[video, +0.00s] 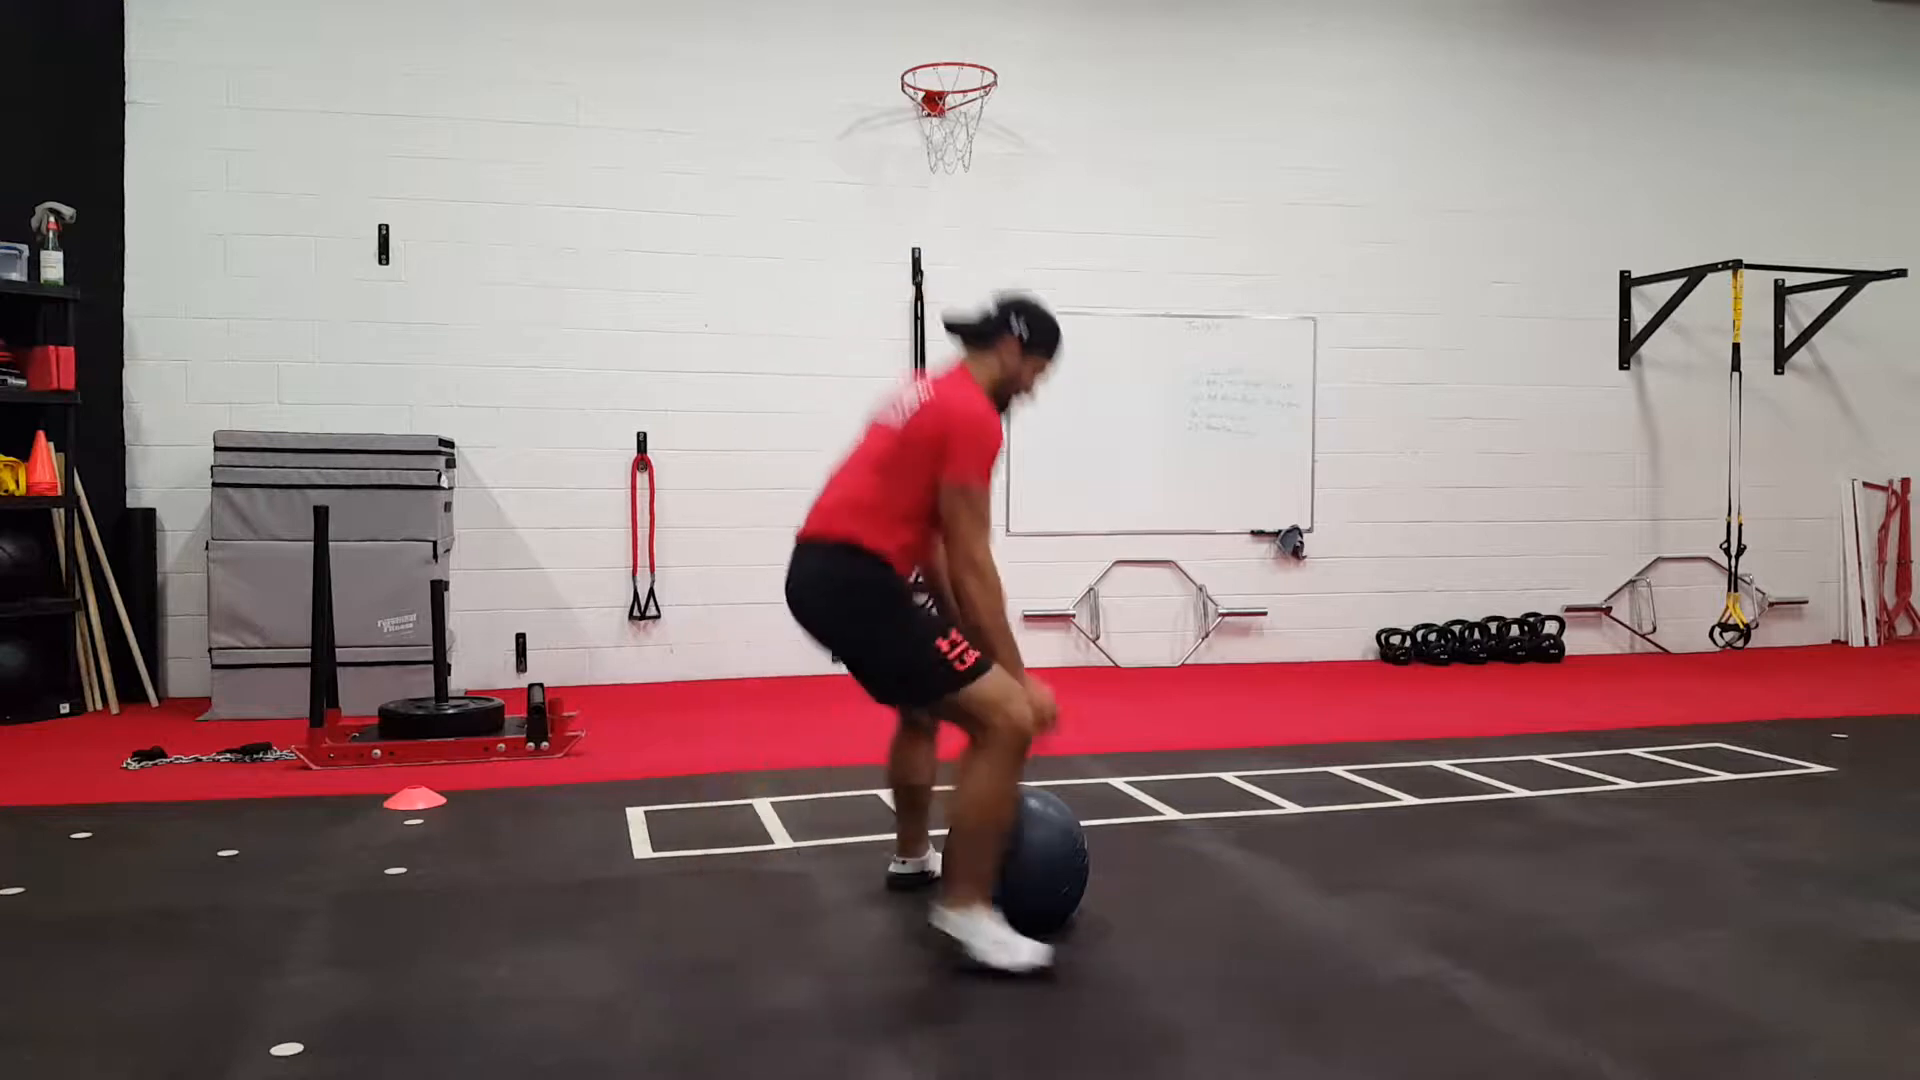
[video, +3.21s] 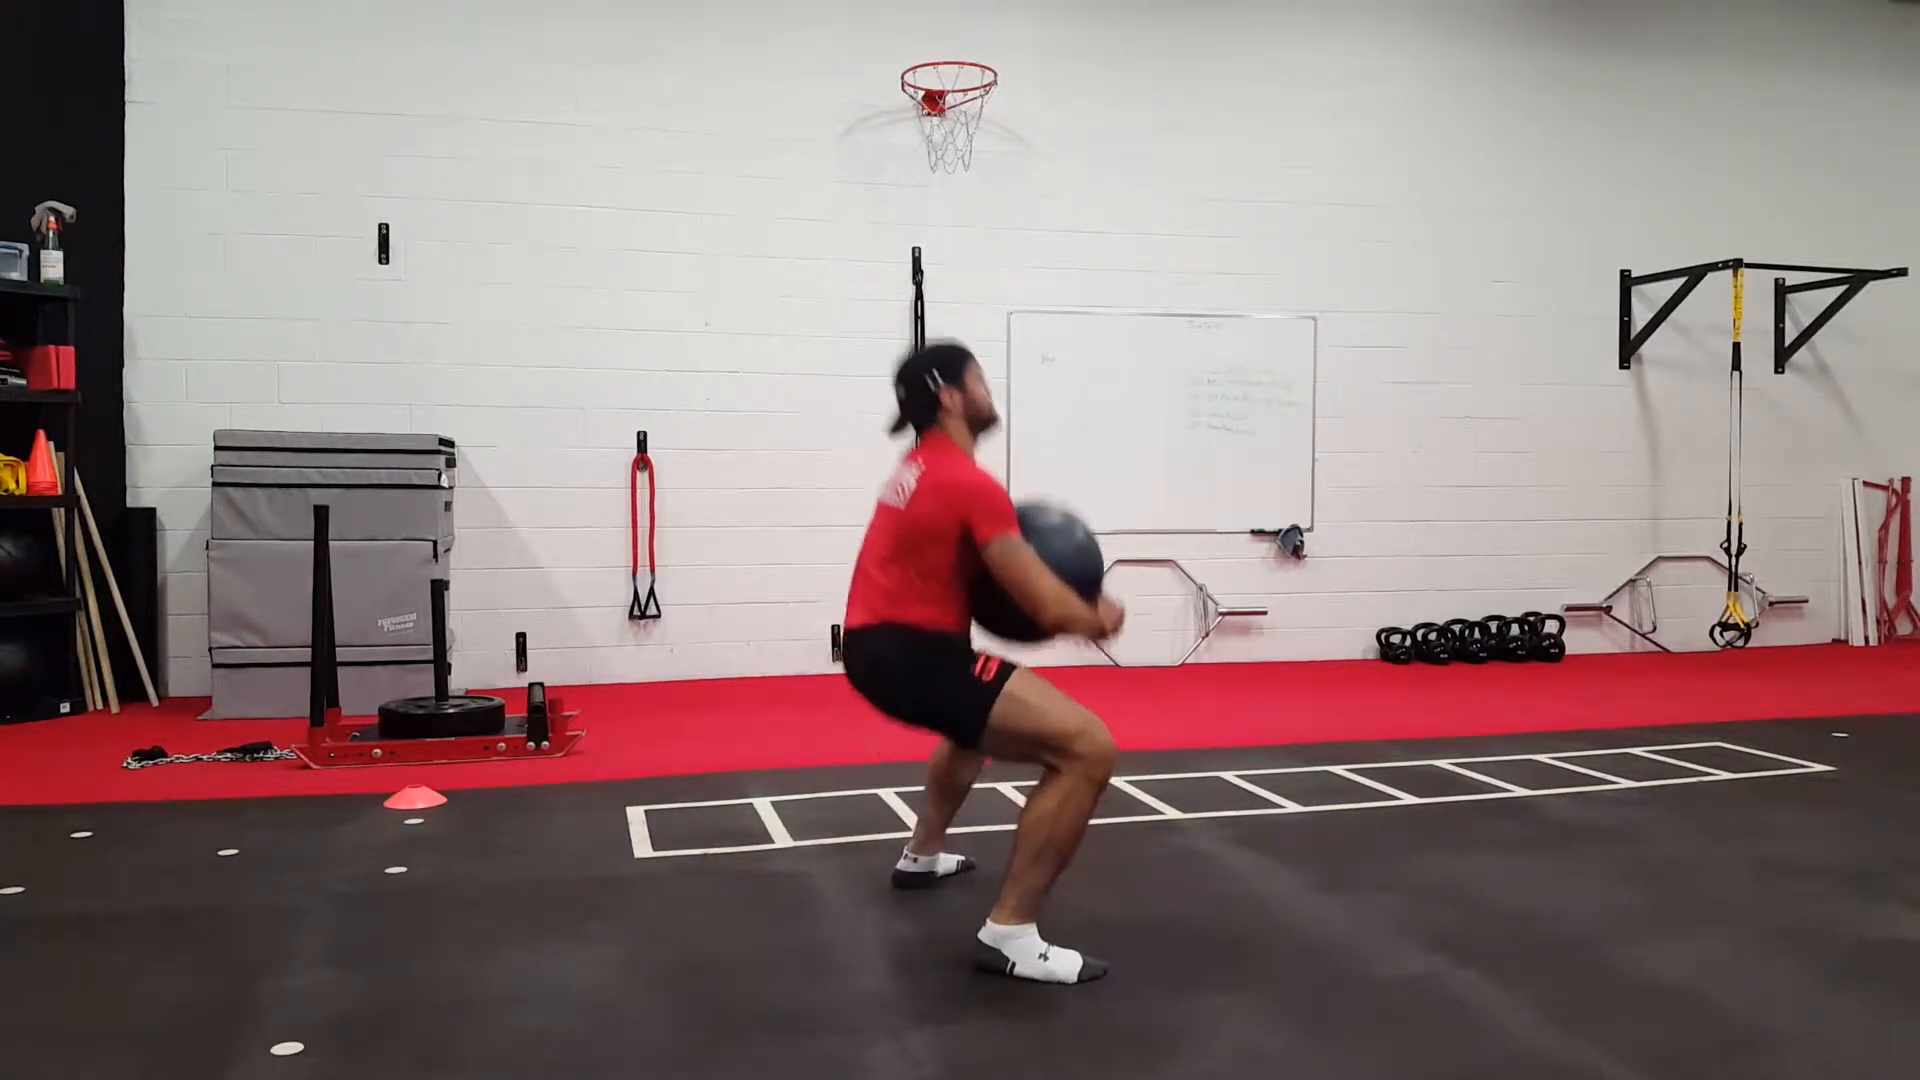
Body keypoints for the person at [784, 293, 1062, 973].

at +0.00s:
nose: (1036, 385)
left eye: (1041, 371)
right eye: (1038, 368)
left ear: (996, 341)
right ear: (1014, 345)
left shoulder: (933, 394)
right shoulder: (969, 413)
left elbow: (936, 557)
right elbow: (970, 561)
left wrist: (975, 653)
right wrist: (1016, 677)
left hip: (824, 569)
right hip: (858, 577)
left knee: (924, 708)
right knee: (1009, 717)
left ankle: (913, 853)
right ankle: (966, 906)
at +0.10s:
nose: (1057, 447)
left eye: (1063, 432)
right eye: (1058, 429)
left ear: (1016, 410)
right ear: (1032, 410)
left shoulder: (952, 459)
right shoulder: (988, 487)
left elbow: (960, 617)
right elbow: (998, 640)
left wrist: (992, 726)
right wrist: (1044, 767)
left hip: (826, 616)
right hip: (859, 627)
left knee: (938, 712)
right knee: (1029, 736)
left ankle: (915, 854)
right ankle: (991, 934)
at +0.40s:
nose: (1089, 565)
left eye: (1094, 553)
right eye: (1092, 550)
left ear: (1049, 533)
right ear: (1065, 536)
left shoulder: (981, 570)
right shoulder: (1032, 610)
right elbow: (1019, 750)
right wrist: (1041, 872)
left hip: (850, 716)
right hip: (882, 730)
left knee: (962, 719)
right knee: (1070, 758)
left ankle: (916, 854)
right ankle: (996, 935)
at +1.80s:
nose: (1066, 511)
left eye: (1065, 498)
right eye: (1060, 498)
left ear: (1016, 502)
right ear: (1026, 500)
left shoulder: (979, 552)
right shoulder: (1032, 571)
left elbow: (973, 689)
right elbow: (1016, 710)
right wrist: (1018, 805)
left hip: (862, 702)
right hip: (894, 714)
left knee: (966, 716)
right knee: (1073, 757)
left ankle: (920, 852)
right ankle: (995, 932)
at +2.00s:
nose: (1038, 420)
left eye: (1035, 407)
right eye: (1031, 408)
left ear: (985, 417)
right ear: (998, 415)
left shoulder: (957, 474)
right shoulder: (1017, 490)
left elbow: (969, 611)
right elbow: (1021, 627)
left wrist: (1033, 659)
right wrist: (1060, 714)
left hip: (866, 641)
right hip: (905, 652)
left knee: (980, 698)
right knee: (1076, 755)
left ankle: (922, 849)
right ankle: (997, 931)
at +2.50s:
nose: (1010, 515)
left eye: (1004, 503)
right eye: (1000, 505)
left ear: (961, 524)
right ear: (969, 522)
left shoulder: (927, 578)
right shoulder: (988, 610)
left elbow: (963, 675)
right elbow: (1088, 714)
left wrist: (1032, 653)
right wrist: (1125, 700)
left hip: (878, 765)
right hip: (917, 779)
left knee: (1001, 708)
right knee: (1102, 764)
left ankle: (924, 853)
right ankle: (1012, 928)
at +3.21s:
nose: (989, 393)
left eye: (983, 381)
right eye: (979, 382)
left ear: (935, 402)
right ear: (950, 397)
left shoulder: (916, 469)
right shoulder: (972, 485)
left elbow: (959, 568)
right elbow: (1046, 601)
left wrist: (1048, 602)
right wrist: (1095, 619)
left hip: (872, 647)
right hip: (918, 654)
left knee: (979, 719)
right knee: (1089, 752)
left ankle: (923, 850)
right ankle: (1011, 927)